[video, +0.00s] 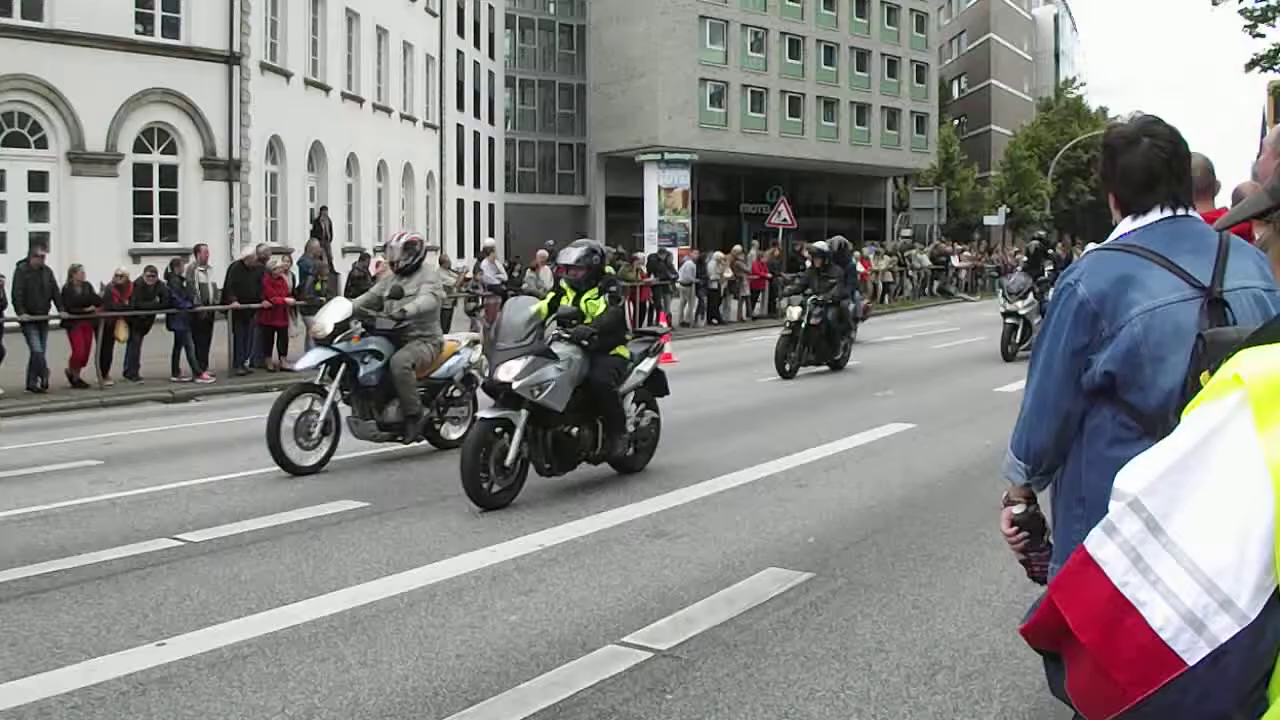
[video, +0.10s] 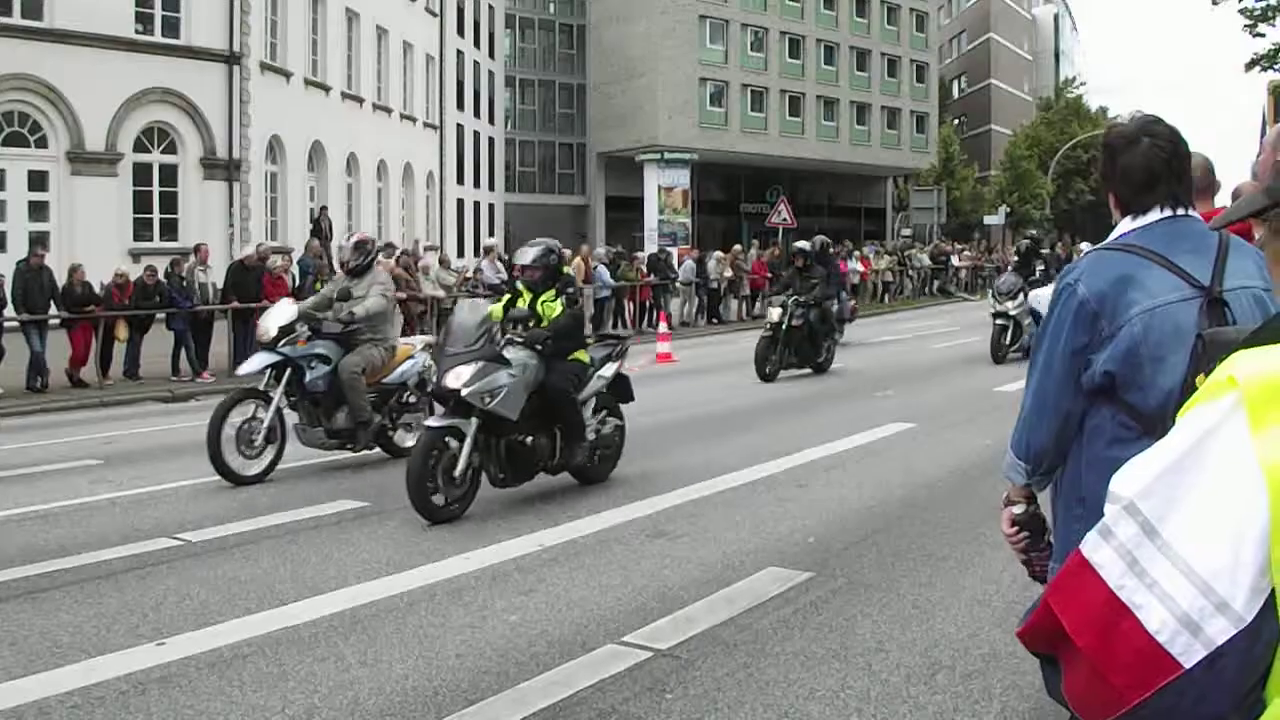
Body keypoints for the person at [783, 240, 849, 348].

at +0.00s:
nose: (815, 261)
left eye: (818, 258)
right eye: (813, 258)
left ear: (825, 259)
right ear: (812, 259)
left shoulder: (836, 272)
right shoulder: (811, 271)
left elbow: (839, 289)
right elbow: (801, 283)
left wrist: (828, 297)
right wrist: (787, 291)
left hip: (831, 301)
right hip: (813, 300)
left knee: (831, 319)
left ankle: (836, 347)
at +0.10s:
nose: (796, 260)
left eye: (799, 258)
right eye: (795, 257)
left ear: (807, 258)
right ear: (793, 258)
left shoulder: (819, 273)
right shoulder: (794, 272)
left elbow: (821, 289)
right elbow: (784, 284)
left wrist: (811, 297)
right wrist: (774, 291)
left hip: (812, 303)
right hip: (795, 301)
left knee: (812, 319)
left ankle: (819, 348)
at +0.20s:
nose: (767, 261)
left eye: (770, 258)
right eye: (766, 258)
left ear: (778, 258)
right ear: (765, 258)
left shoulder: (791, 273)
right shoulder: (765, 274)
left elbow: (791, 291)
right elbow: (756, 289)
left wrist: (780, 300)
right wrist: (741, 294)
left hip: (784, 305)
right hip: (766, 304)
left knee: (784, 324)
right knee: (753, 321)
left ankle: (792, 353)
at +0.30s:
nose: (737, 261)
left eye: (740, 258)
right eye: (736, 257)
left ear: (748, 258)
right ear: (734, 258)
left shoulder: (760, 273)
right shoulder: (734, 272)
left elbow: (760, 294)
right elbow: (723, 288)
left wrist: (749, 302)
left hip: (753, 307)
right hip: (735, 306)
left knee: (753, 328)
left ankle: (761, 363)